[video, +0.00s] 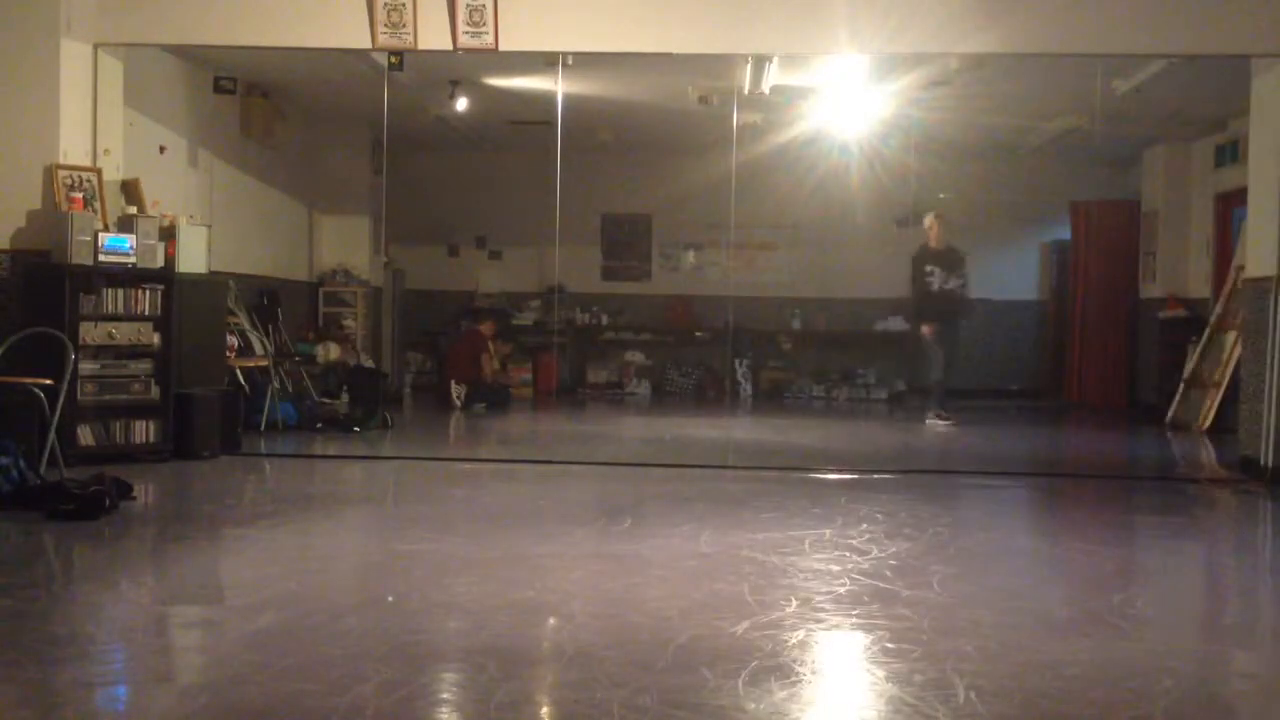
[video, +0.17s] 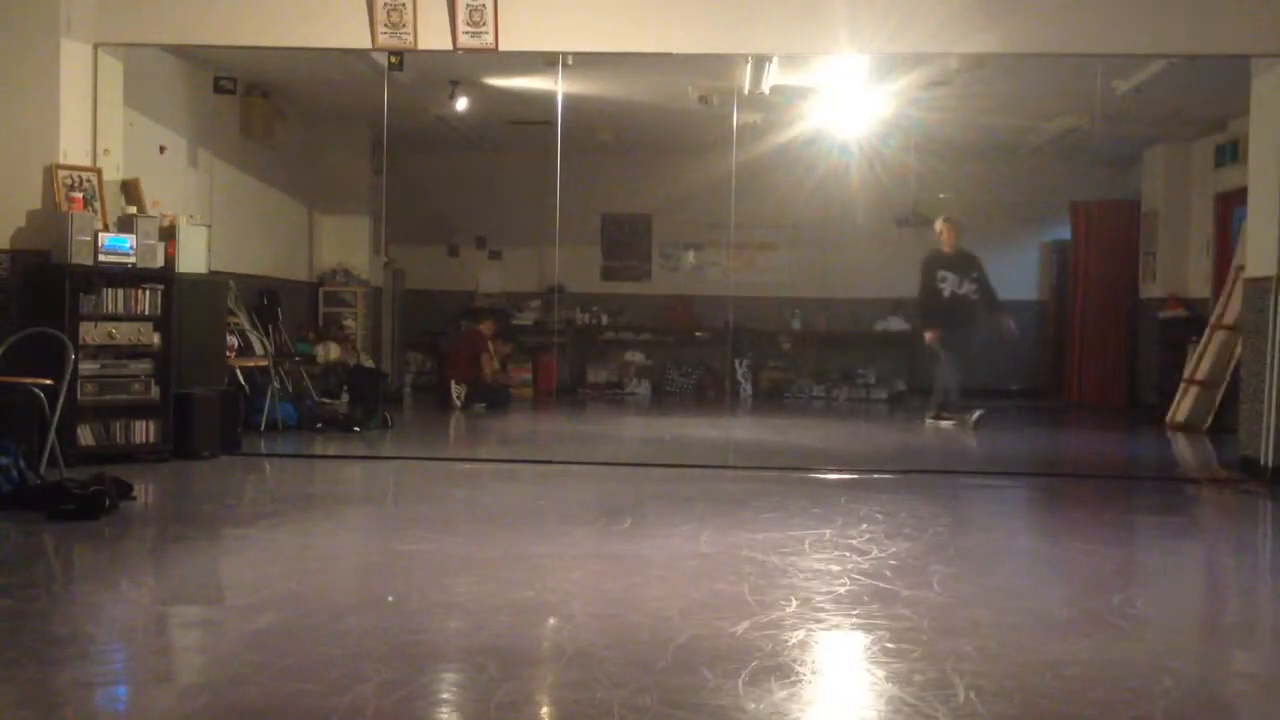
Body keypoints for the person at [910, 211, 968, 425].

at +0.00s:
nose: (936, 233)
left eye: (939, 227)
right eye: (932, 228)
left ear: (945, 228)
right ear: (926, 231)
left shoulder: (956, 255)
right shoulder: (921, 256)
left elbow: (962, 287)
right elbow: (918, 291)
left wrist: (964, 311)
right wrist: (923, 319)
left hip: (952, 314)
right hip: (930, 315)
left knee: (948, 362)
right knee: (938, 362)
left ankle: (940, 408)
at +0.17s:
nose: (949, 237)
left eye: (952, 231)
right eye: (944, 232)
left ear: (958, 233)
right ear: (938, 235)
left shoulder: (970, 260)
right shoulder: (932, 261)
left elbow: (986, 290)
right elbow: (925, 295)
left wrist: (1001, 314)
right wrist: (927, 325)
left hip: (965, 320)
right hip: (941, 320)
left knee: (949, 366)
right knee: (951, 364)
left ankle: (936, 411)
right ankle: (959, 410)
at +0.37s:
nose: (958, 234)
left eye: (961, 229)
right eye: (953, 230)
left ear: (967, 231)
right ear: (947, 234)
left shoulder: (984, 256)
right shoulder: (943, 261)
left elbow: (1000, 287)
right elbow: (936, 297)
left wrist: (1014, 315)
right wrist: (936, 330)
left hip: (981, 318)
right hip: (955, 320)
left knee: (971, 364)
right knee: (968, 366)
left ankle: (950, 396)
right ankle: (978, 417)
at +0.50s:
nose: (965, 228)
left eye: (967, 223)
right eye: (960, 224)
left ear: (972, 225)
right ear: (953, 228)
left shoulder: (991, 251)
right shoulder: (948, 257)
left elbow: (1003, 287)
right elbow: (944, 294)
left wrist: (1011, 315)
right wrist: (948, 325)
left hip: (989, 316)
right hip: (963, 317)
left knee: (988, 363)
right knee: (970, 365)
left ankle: (980, 407)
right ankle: (978, 417)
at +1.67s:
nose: (935, 219)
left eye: (939, 213)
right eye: (931, 214)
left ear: (951, 215)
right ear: (927, 218)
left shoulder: (969, 244)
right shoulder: (922, 252)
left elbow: (983, 282)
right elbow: (917, 293)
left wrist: (984, 316)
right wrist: (917, 328)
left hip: (964, 316)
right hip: (934, 318)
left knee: (961, 369)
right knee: (934, 374)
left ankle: (985, 410)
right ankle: (946, 427)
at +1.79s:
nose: (923, 214)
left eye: (928, 208)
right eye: (919, 209)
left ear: (941, 210)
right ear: (916, 213)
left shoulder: (960, 243)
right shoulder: (913, 247)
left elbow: (971, 281)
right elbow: (904, 286)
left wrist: (974, 314)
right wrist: (902, 321)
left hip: (950, 314)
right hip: (921, 315)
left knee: (941, 367)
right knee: (930, 369)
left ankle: (949, 424)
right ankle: (942, 425)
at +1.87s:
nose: (917, 217)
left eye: (922, 210)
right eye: (913, 211)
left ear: (935, 213)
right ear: (909, 216)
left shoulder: (950, 244)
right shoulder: (906, 250)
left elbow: (961, 282)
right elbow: (896, 287)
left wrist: (964, 315)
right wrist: (894, 320)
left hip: (943, 316)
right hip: (918, 318)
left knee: (931, 369)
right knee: (924, 370)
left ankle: (945, 424)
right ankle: (938, 421)